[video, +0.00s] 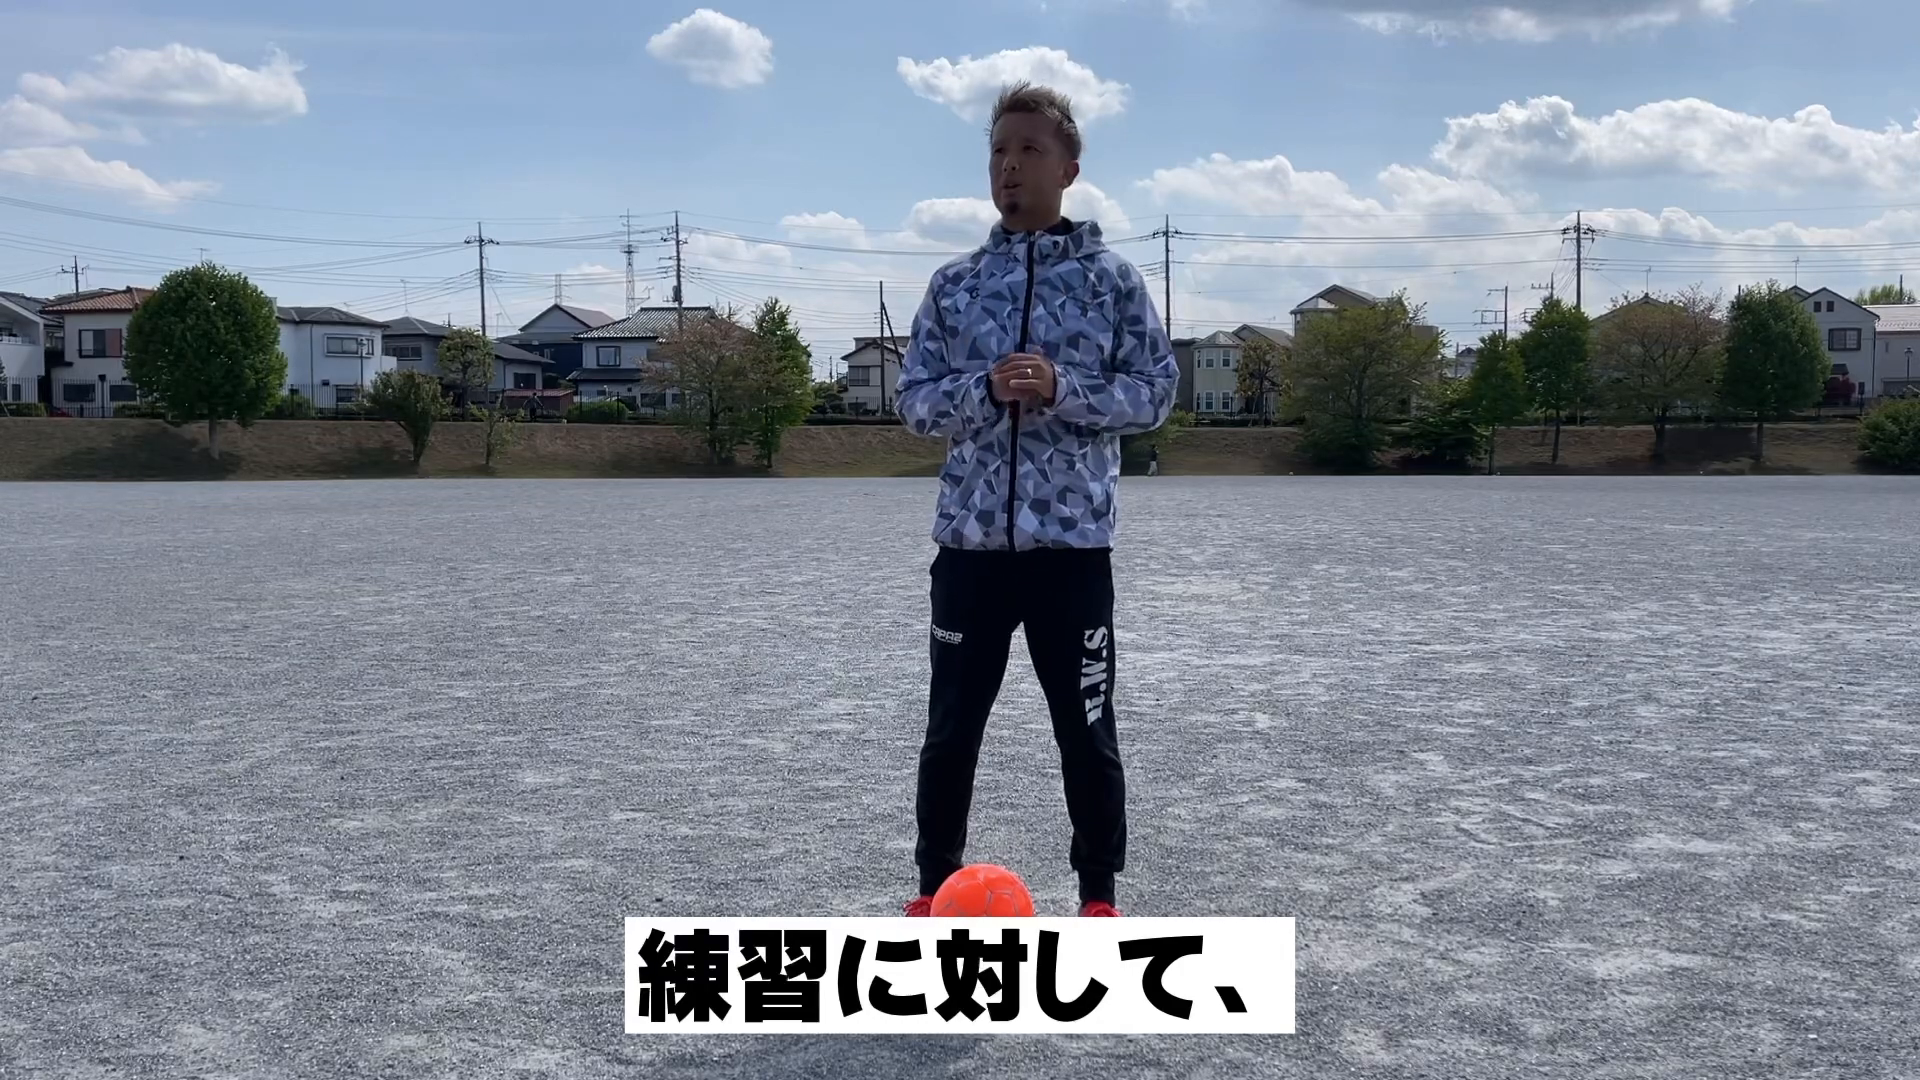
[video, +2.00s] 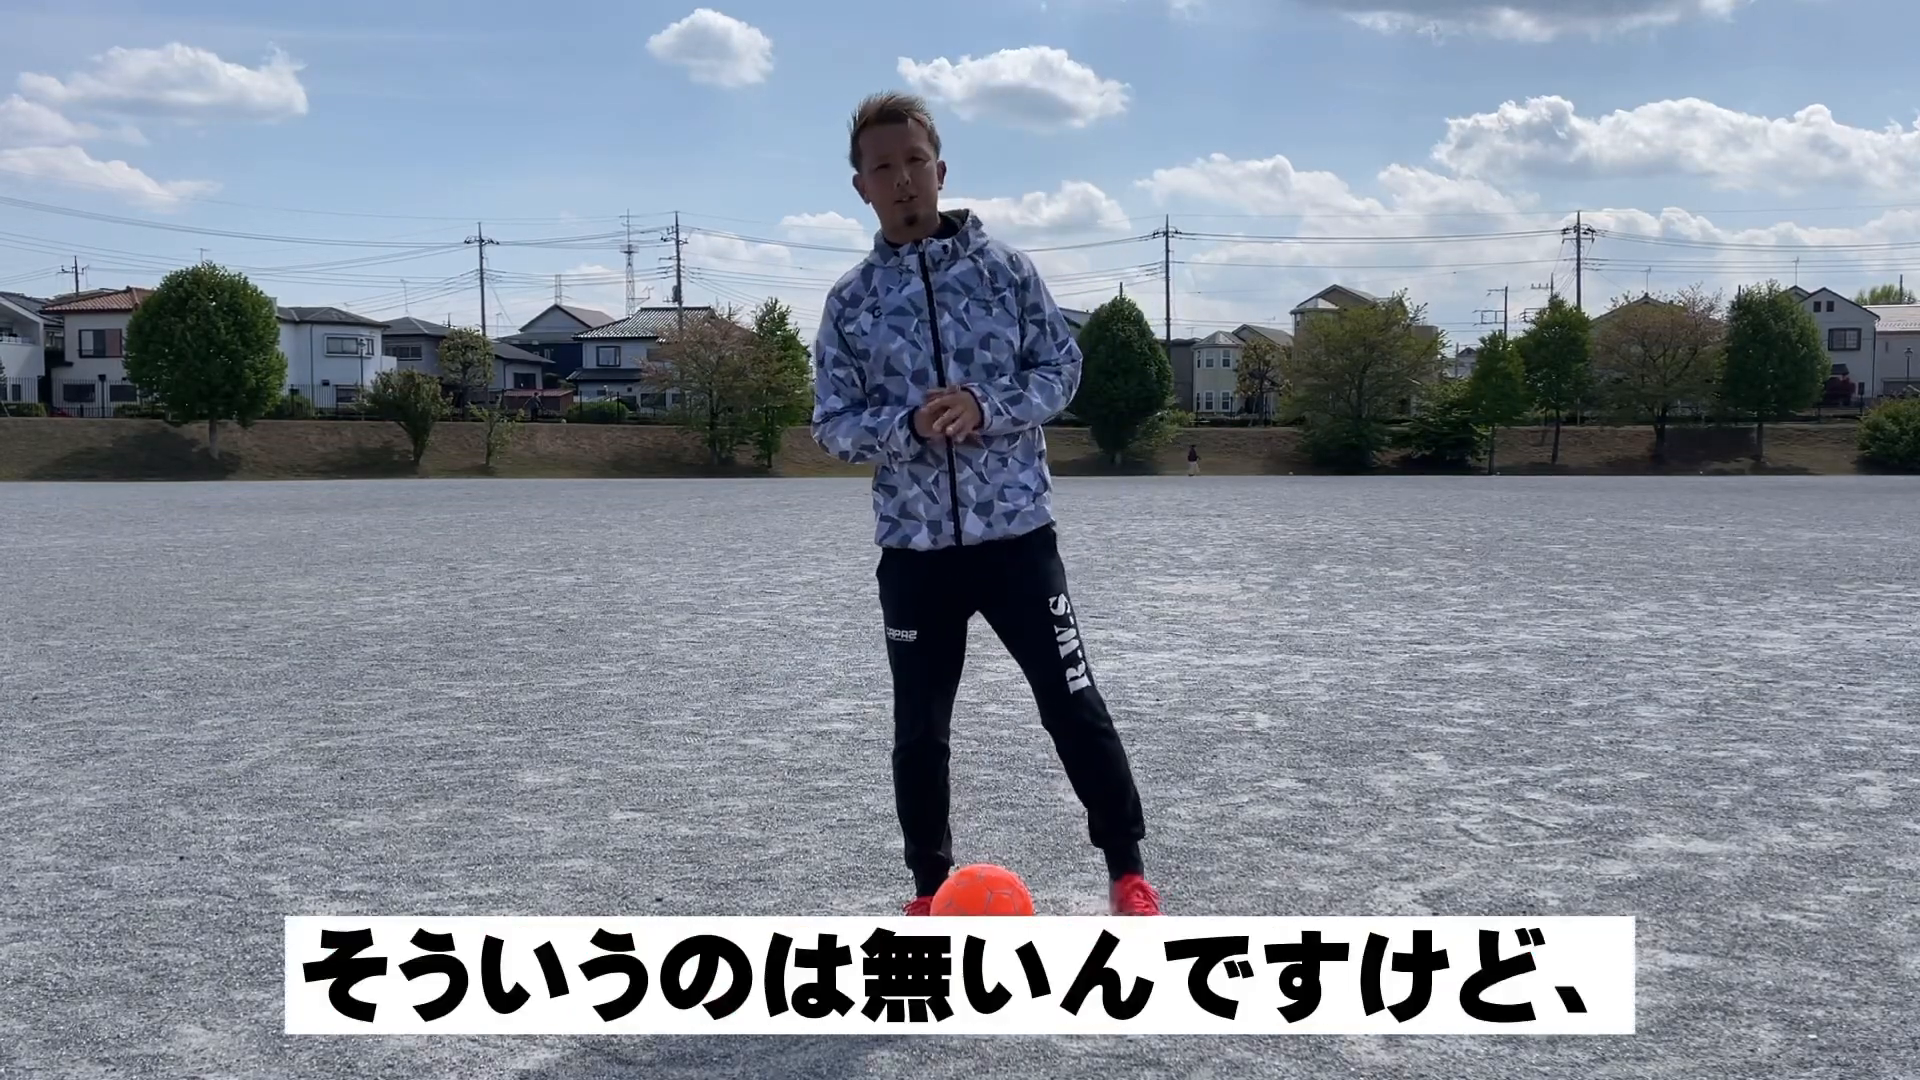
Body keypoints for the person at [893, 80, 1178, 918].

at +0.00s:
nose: (1010, 164)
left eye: (1029, 150)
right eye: (1000, 151)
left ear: (1069, 166)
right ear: (989, 165)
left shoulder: (1113, 280)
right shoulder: (955, 284)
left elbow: (1150, 395)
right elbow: (917, 398)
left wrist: (1061, 390)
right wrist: (983, 386)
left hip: (1070, 538)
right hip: (970, 537)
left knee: (1084, 728)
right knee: (951, 728)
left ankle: (1098, 898)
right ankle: (934, 893)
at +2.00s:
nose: (903, 180)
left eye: (915, 162)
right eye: (883, 168)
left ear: (941, 168)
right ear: (860, 184)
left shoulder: (1003, 266)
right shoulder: (850, 302)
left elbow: (1061, 368)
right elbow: (832, 423)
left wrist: (992, 406)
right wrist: (907, 424)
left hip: (1015, 531)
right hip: (913, 544)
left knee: (1073, 702)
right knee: (918, 727)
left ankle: (1127, 877)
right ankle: (928, 891)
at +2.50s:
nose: (1019, 163)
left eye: (1034, 149)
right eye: (1000, 149)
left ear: (1052, 168)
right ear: (972, 166)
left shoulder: (1090, 283)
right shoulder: (930, 286)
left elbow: (1130, 399)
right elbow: (892, 399)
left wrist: (1091, 361)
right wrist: (928, 388)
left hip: (1056, 536)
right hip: (956, 537)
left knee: (1075, 729)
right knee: (941, 729)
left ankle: (1088, 898)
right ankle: (934, 893)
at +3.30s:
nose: (1111, 167)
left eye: (1128, 155)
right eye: (1096, 152)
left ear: (1150, 174)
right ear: (1069, 163)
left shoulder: (1174, 291)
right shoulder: (1014, 272)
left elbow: (1206, 405)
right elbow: (965, 387)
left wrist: (1125, 416)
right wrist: (1041, 403)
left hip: (1109, 538)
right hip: (1008, 526)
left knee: (1102, 726)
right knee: (968, 667)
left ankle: (1091, 900)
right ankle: (1016, 794)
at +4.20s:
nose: (1007, 165)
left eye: (1019, 150)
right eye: (986, 154)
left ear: (1036, 165)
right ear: (956, 174)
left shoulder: (1076, 289)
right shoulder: (914, 286)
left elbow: (1109, 393)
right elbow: (874, 398)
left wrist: (1066, 420)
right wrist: (911, 389)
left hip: (1027, 538)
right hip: (928, 538)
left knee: (1056, 725)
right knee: (921, 724)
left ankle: (1087, 899)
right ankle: (921, 890)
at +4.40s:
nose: (983, 169)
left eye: (996, 156)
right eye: (963, 155)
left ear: (1010, 171)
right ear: (929, 171)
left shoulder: (1042, 282)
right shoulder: (884, 285)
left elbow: (1089, 392)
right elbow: (836, 406)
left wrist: (1034, 382)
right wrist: (845, 377)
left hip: (1007, 535)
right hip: (909, 536)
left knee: (1043, 719)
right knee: (910, 725)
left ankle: (1082, 897)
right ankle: (917, 894)